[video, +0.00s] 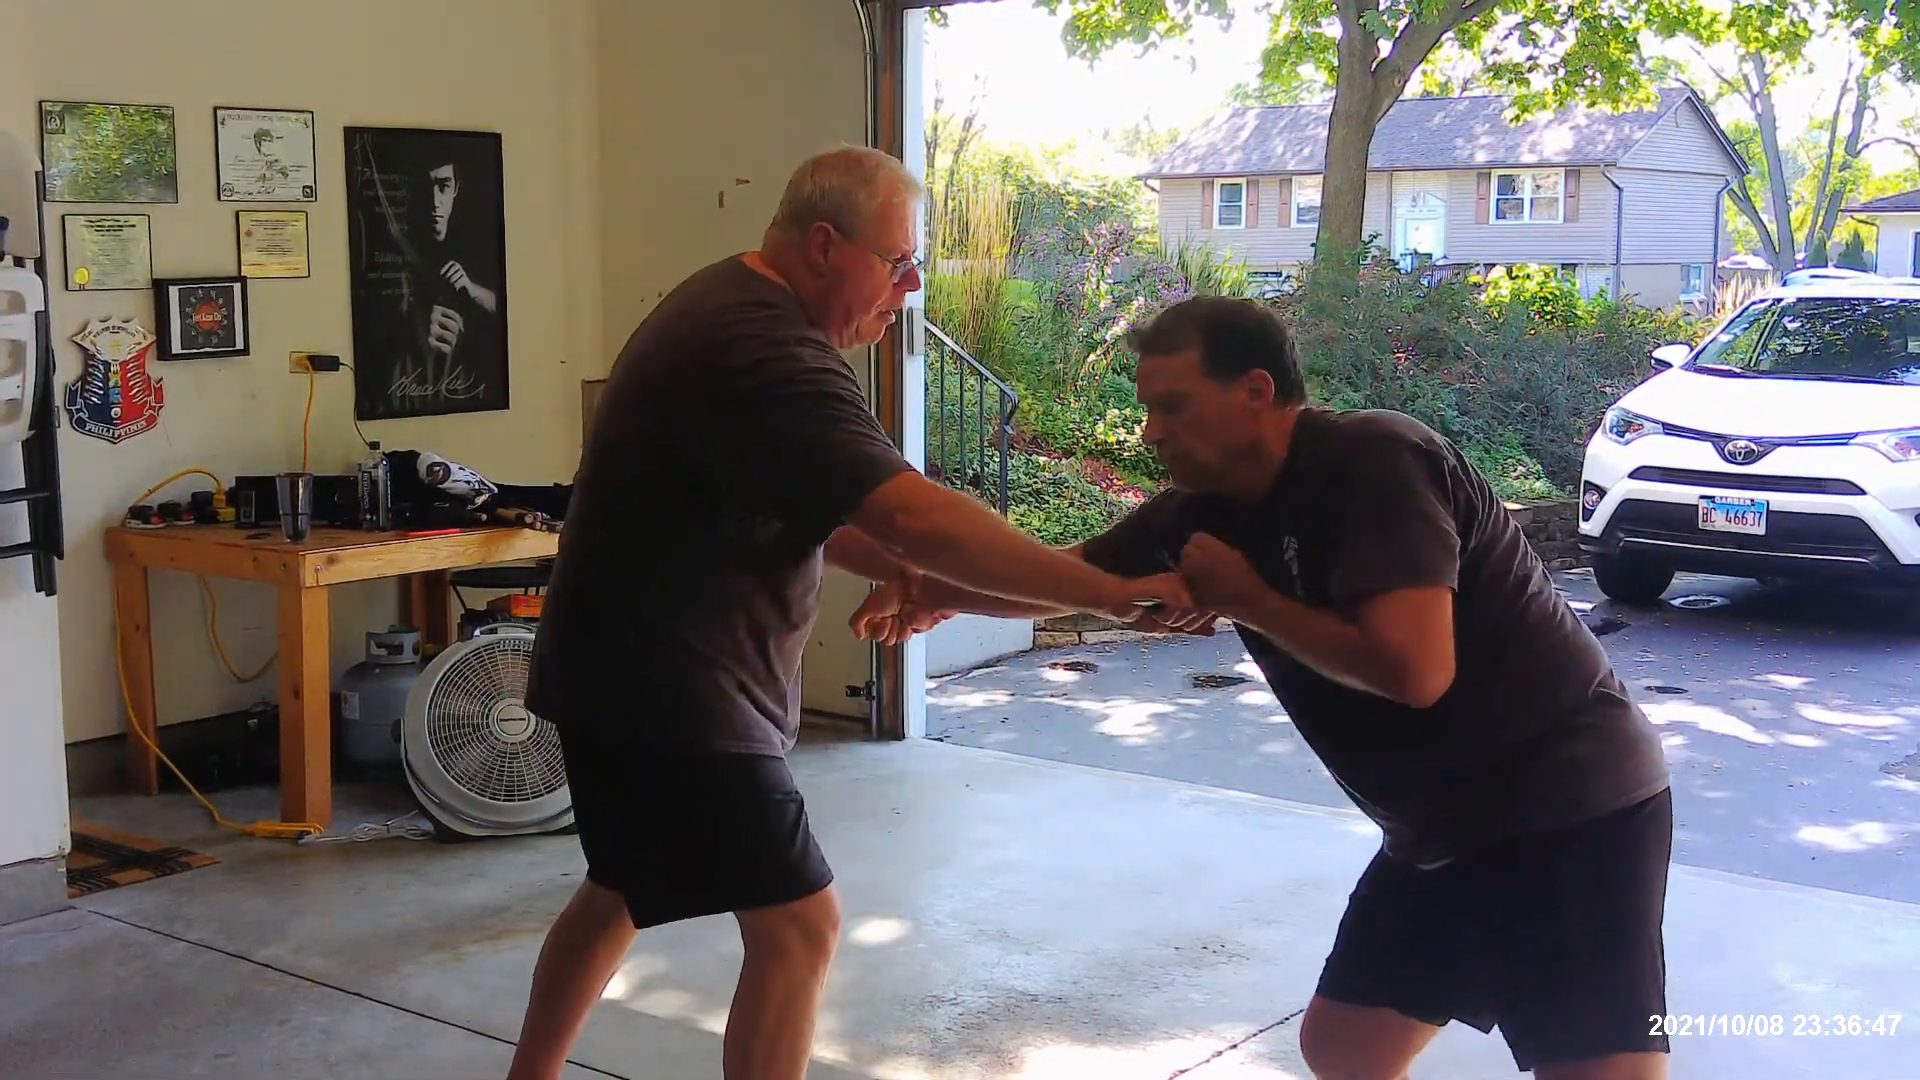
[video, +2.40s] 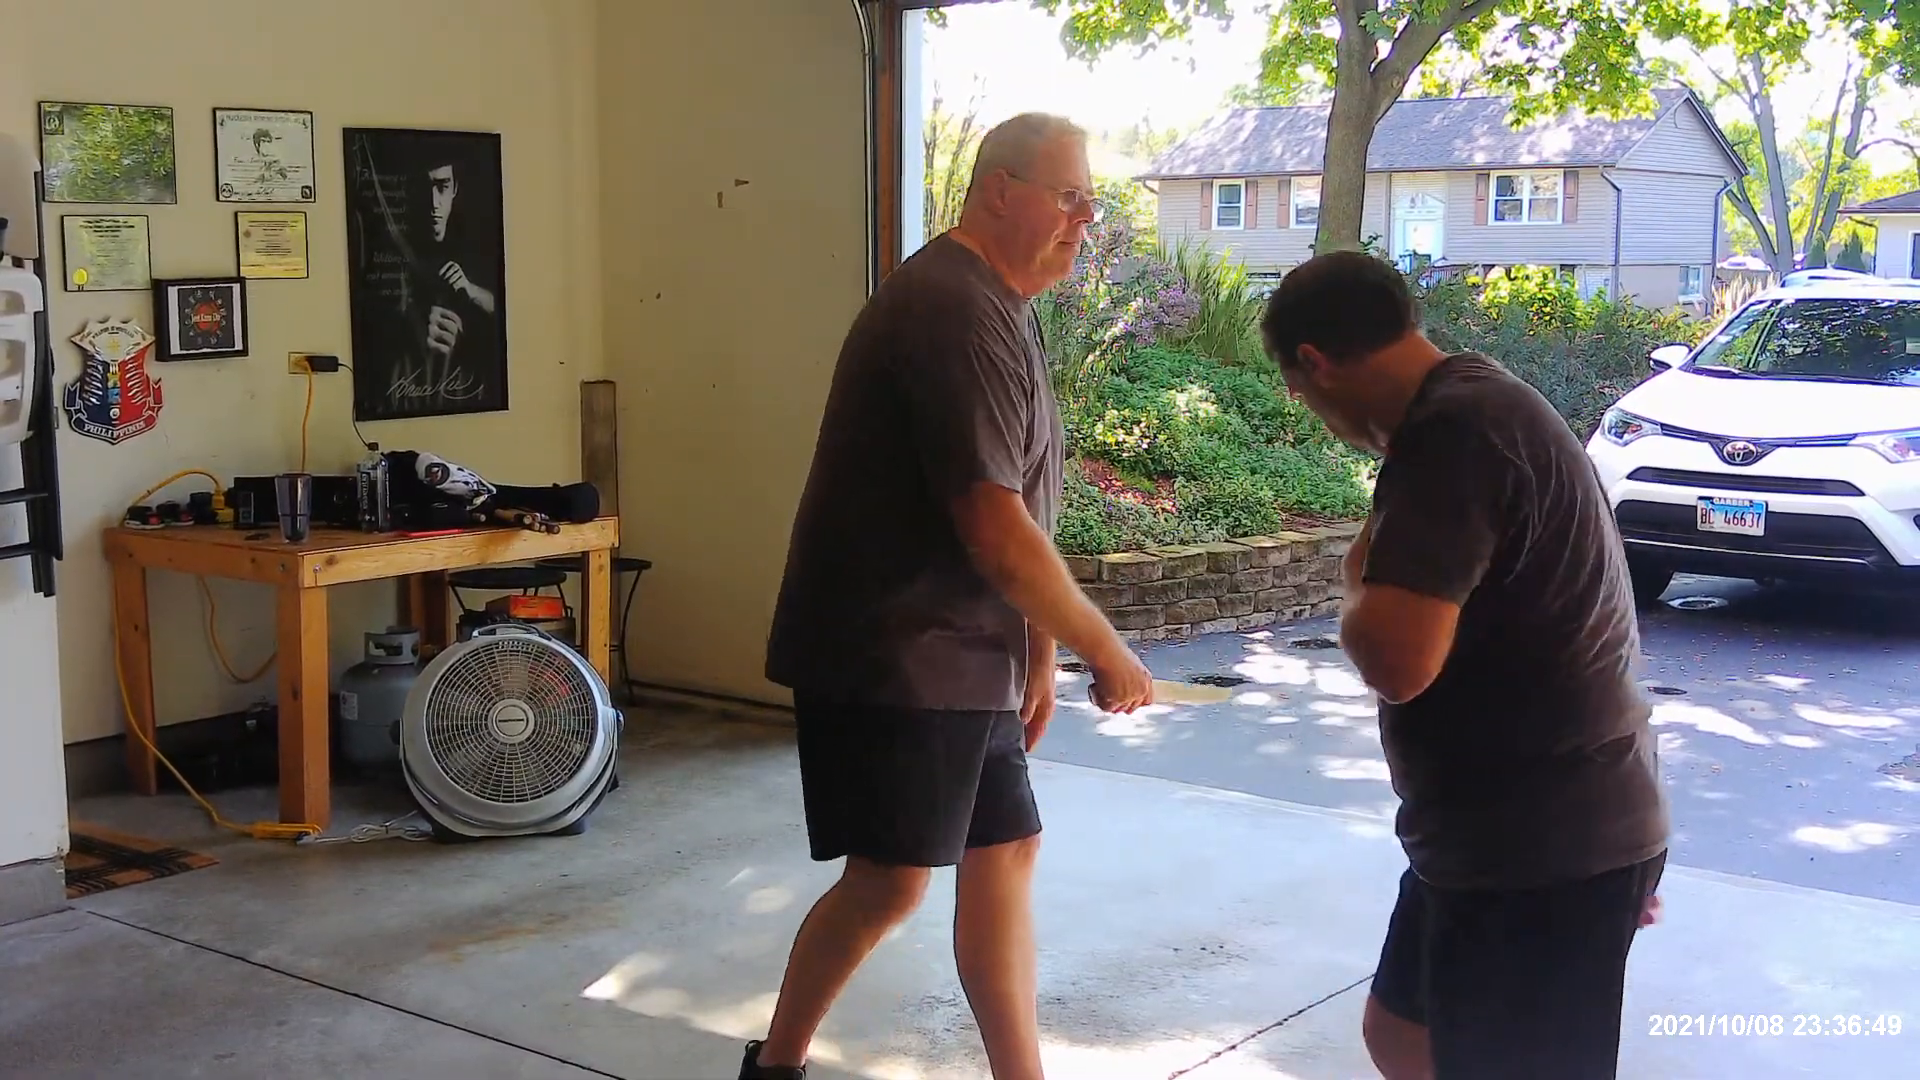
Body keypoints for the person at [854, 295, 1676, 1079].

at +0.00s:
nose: (1154, 431)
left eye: (1169, 406)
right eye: (1147, 409)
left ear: (1258, 396)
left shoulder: (1378, 468)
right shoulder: (1206, 512)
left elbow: (1412, 669)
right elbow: (1077, 581)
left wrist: (1250, 599)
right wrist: (953, 589)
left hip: (1579, 805)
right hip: (1439, 822)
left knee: (1600, 1065)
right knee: (1343, 1046)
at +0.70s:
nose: (1202, 333)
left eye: (1228, 309)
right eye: (1200, 310)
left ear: (1317, 314)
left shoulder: (1405, 410)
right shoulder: (1220, 454)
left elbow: (1403, 594)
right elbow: (1113, 560)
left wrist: (1261, 536)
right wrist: (991, 627)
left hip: (1511, 804)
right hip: (1367, 818)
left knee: (1539, 1061)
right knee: (1317, 1050)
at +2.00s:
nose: (1204, 434)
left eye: (1216, 408)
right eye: (1193, 413)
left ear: (1294, 366)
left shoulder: (1425, 431)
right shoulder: (1249, 492)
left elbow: (1429, 626)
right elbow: (1160, 620)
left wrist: (1289, 579)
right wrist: (1051, 728)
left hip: (1523, 815)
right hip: (1377, 826)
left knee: (1518, 1065)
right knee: (1305, 1052)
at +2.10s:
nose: (1205, 436)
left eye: (1208, 411)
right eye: (1194, 417)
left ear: (1278, 367)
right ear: (1277, 370)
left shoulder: (1440, 427)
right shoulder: (1279, 481)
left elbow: (1440, 630)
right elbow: (1207, 629)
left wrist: (1303, 580)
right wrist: (1089, 739)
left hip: (1529, 818)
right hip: (1391, 819)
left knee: (1475, 1064)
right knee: (1327, 1051)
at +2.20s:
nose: (1225, 425)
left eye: (1219, 399)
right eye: (1212, 405)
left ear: (1268, 359)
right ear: (1272, 359)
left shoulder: (1452, 415)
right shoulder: (1314, 463)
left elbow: (1445, 627)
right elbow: (1305, 643)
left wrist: (1317, 564)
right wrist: (1202, 782)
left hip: (1533, 816)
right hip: (1413, 812)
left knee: (1467, 1062)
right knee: (1355, 1039)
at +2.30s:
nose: (1275, 423)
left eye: (1261, 396)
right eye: (1260, 401)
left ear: (1291, 355)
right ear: (1305, 344)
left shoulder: (1462, 415)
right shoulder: (1398, 430)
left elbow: (1429, 638)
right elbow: (1424, 665)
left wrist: (1331, 553)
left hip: (1532, 840)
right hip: (1447, 828)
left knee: (1484, 1065)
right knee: (1377, 1037)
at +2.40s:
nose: (1313, 417)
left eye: (1299, 394)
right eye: (1301, 399)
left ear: (1317, 364)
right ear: (1400, 325)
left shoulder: (1453, 433)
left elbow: (1397, 664)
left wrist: (1358, 581)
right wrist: (1629, 836)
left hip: (1537, 862)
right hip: (1482, 846)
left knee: (1512, 1068)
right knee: (1400, 1037)